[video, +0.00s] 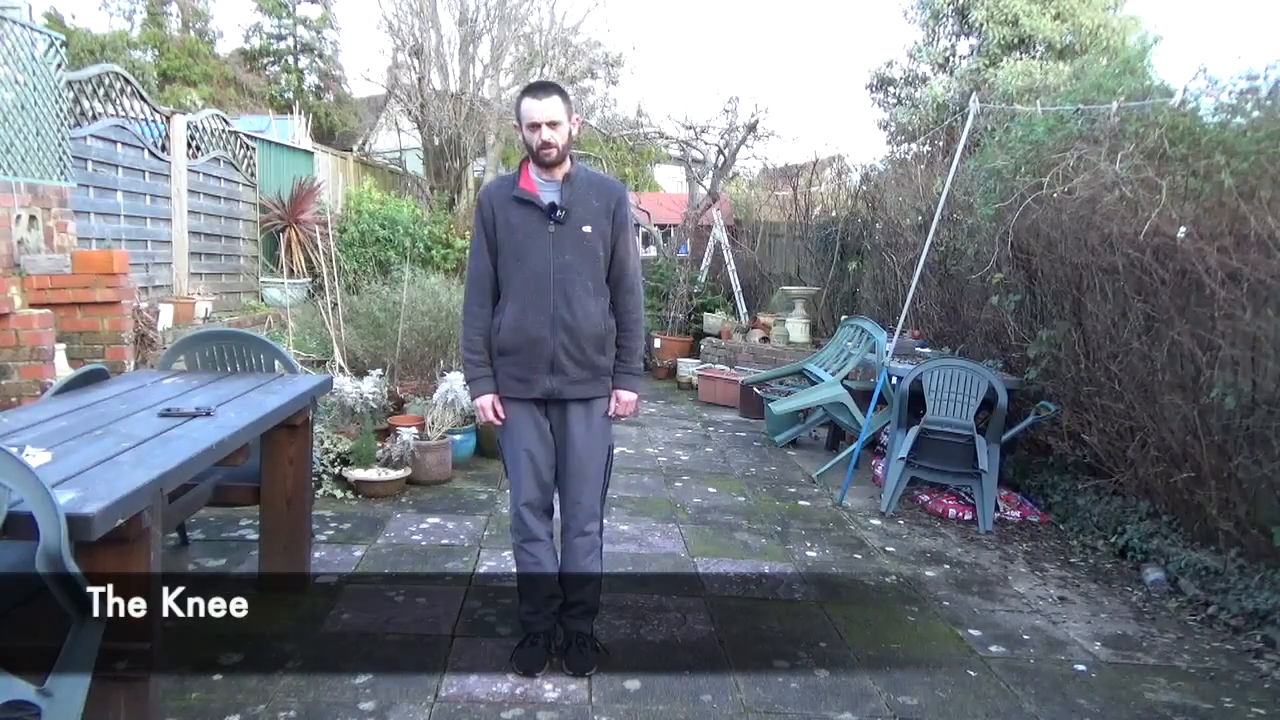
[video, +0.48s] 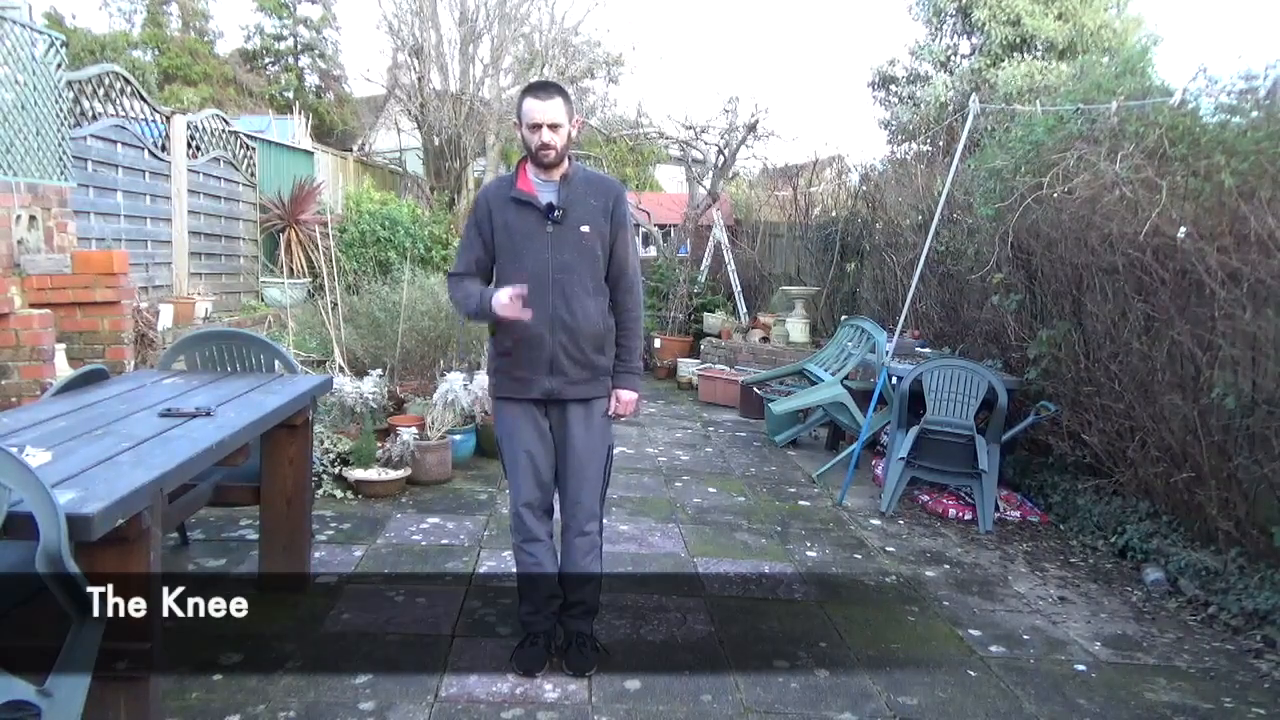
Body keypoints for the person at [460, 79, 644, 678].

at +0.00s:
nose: (542, 135)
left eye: (552, 124)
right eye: (532, 126)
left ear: (573, 126)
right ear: (520, 132)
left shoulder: (609, 194)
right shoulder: (495, 198)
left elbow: (629, 292)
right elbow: (478, 296)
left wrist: (628, 376)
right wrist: (479, 380)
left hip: (590, 378)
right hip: (517, 380)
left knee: (583, 509)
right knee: (529, 507)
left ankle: (579, 631)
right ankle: (536, 631)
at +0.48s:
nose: (544, 137)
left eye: (554, 126)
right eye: (533, 127)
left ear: (572, 126)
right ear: (520, 129)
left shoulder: (606, 194)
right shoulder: (494, 199)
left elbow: (627, 290)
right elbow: (461, 283)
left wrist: (628, 375)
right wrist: (491, 300)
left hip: (589, 378)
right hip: (517, 380)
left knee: (584, 510)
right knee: (528, 506)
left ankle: (579, 631)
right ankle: (535, 631)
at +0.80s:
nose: (556, 139)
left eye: (565, 130)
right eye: (546, 128)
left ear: (578, 132)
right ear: (526, 127)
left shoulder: (606, 194)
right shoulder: (493, 194)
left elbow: (625, 291)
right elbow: (468, 287)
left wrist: (628, 375)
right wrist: (500, 226)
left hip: (590, 376)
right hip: (517, 376)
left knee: (583, 509)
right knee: (529, 506)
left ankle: (580, 630)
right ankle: (536, 631)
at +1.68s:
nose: (555, 137)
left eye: (565, 128)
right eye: (546, 127)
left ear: (579, 133)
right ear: (526, 129)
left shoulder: (607, 197)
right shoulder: (494, 198)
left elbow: (626, 294)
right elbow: (466, 292)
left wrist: (628, 378)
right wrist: (491, 264)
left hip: (591, 378)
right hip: (517, 379)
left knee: (583, 508)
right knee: (529, 506)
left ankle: (580, 630)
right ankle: (536, 631)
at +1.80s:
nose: (555, 138)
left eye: (565, 128)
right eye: (545, 127)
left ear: (579, 133)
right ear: (526, 129)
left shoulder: (607, 198)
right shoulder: (494, 198)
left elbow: (626, 294)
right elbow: (466, 293)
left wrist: (628, 378)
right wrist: (491, 263)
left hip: (591, 378)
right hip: (517, 379)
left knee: (584, 508)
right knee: (529, 507)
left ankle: (580, 630)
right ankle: (536, 631)